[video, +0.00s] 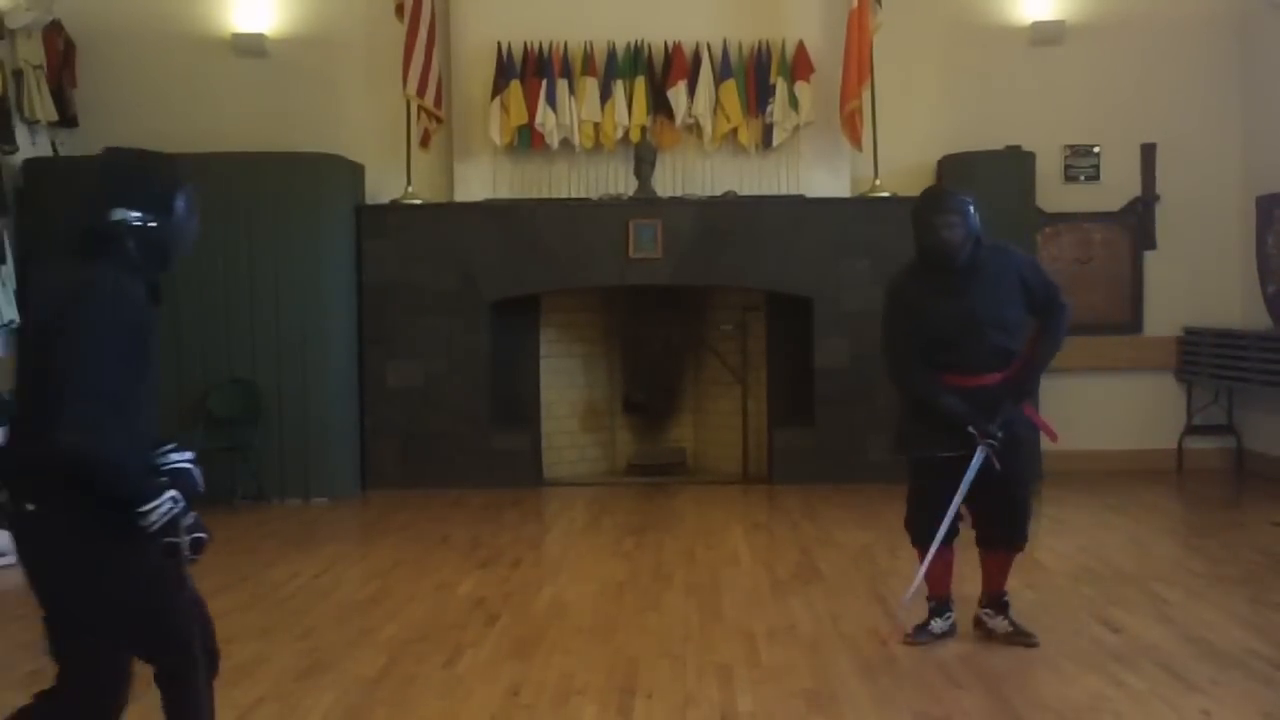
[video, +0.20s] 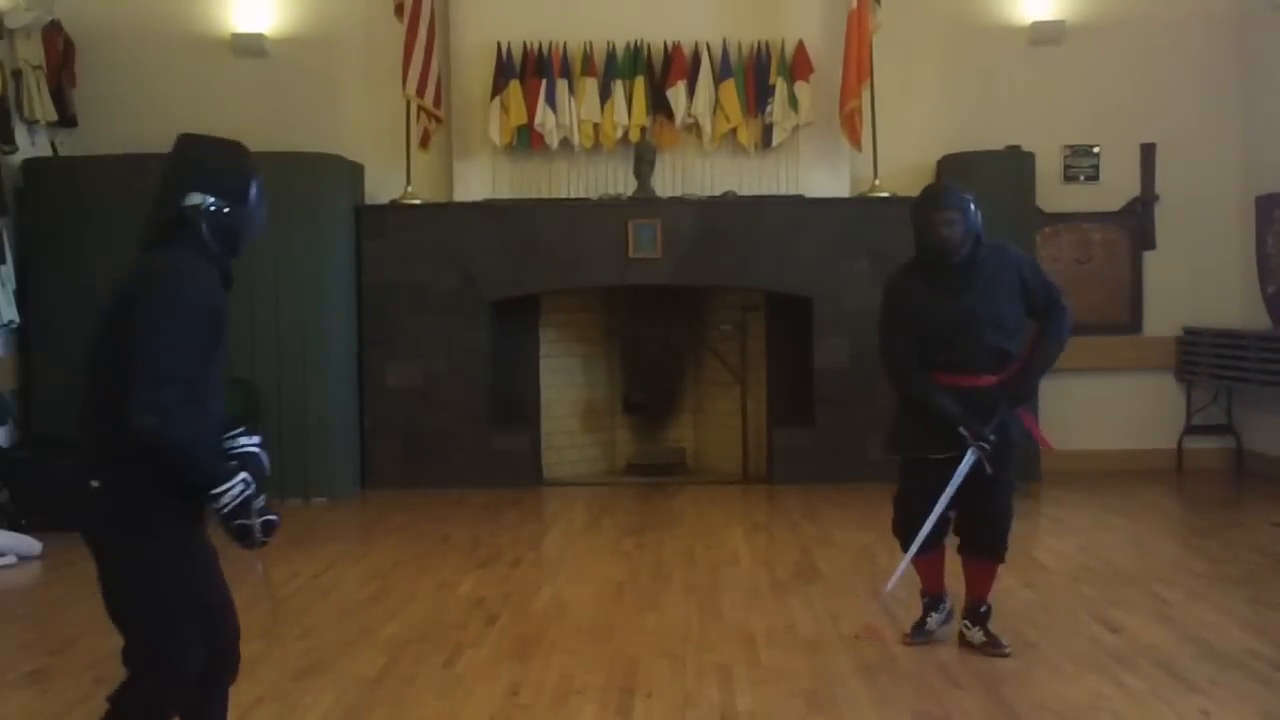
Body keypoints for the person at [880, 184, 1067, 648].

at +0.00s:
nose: (945, 238)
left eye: (953, 227)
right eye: (935, 229)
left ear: (973, 225)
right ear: (921, 232)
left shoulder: (1008, 267)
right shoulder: (908, 285)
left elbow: (1055, 313)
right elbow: (902, 365)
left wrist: (1019, 387)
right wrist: (958, 412)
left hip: (1004, 408)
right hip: (936, 410)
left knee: (1007, 509)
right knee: (931, 514)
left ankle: (993, 609)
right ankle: (940, 613)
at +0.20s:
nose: (944, 234)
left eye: (953, 224)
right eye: (934, 225)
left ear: (974, 224)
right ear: (920, 229)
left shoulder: (1007, 267)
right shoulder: (906, 283)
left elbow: (1056, 317)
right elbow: (897, 362)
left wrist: (1018, 388)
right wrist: (949, 411)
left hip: (994, 414)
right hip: (928, 414)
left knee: (988, 517)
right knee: (920, 513)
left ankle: (976, 621)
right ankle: (935, 607)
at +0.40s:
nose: (940, 230)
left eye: (951, 220)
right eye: (932, 220)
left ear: (975, 221)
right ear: (919, 223)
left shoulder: (1010, 266)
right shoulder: (907, 281)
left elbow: (1062, 323)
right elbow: (898, 363)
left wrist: (1017, 393)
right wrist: (952, 417)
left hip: (994, 409)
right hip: (925, 406)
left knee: (991, 518)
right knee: (890, 508)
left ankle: (976, 621)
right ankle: (896, 610)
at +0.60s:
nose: (930, 227)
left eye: (941, 217)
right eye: (922, 217)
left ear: (964, 220)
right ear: (910, 222)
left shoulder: (1000, 268)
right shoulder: (895, 282)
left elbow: (1054, 326)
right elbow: (886, 367)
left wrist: (1012, 393)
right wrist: (939, 420)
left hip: (986, 412)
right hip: (918, 412)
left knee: (986, 524)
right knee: (892, 519)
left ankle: (975, 624)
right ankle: (861, 632)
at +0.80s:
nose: (912, 231)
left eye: (922, 221)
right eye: (902, 221)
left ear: (944, 224)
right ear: (886, 227)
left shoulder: (976, 277)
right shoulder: (870, 292)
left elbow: (1025, 338)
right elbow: (861, 375)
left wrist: (982, 414)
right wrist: (915, 428)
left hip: (965, 422)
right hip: (894, 421)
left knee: (977, 526)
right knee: (876, 528)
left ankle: (974, 620)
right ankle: (861, 649)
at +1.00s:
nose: (900, 224)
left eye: (911, 214)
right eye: (891, 214)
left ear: (934, 217)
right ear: (874, 219)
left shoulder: (965, 274)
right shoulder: (857, 288)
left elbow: (1016, 333)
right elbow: (841, 365)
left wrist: (985, 387)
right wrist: (880, 389)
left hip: (952, 425)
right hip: (882, 429)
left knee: (976, 527)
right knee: (868, 535)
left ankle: (970, 610)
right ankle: (859, 647)